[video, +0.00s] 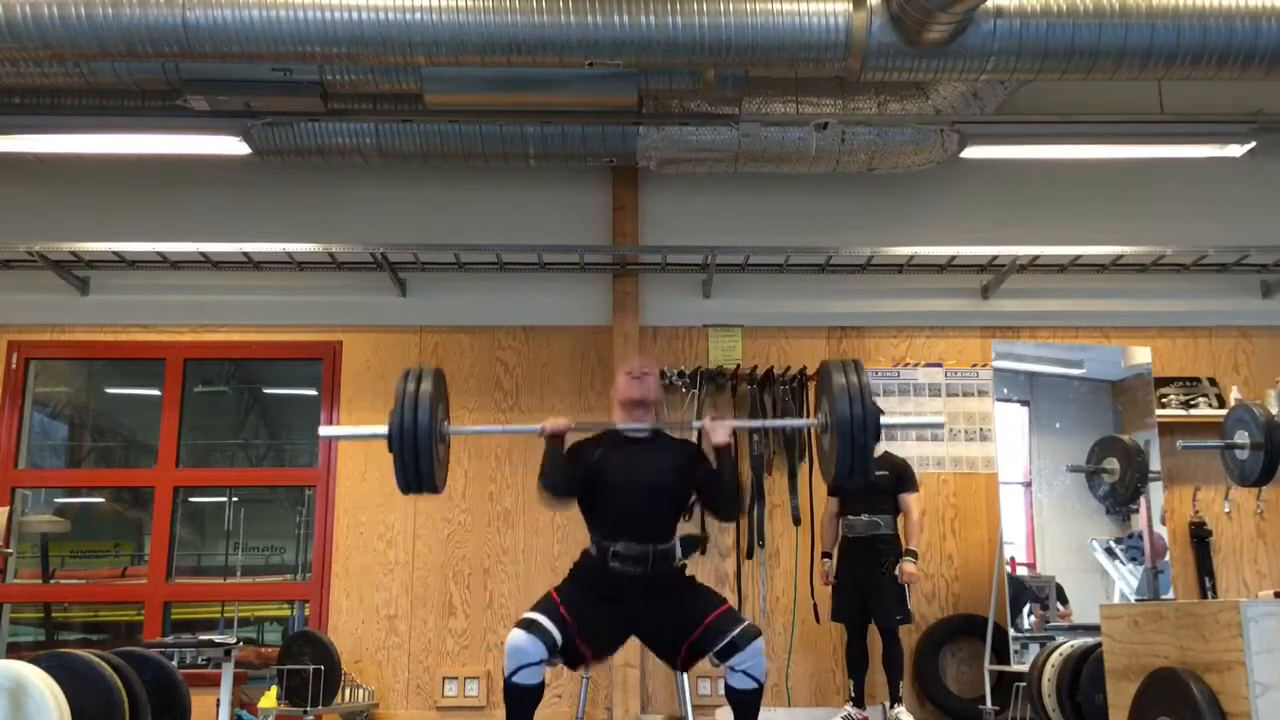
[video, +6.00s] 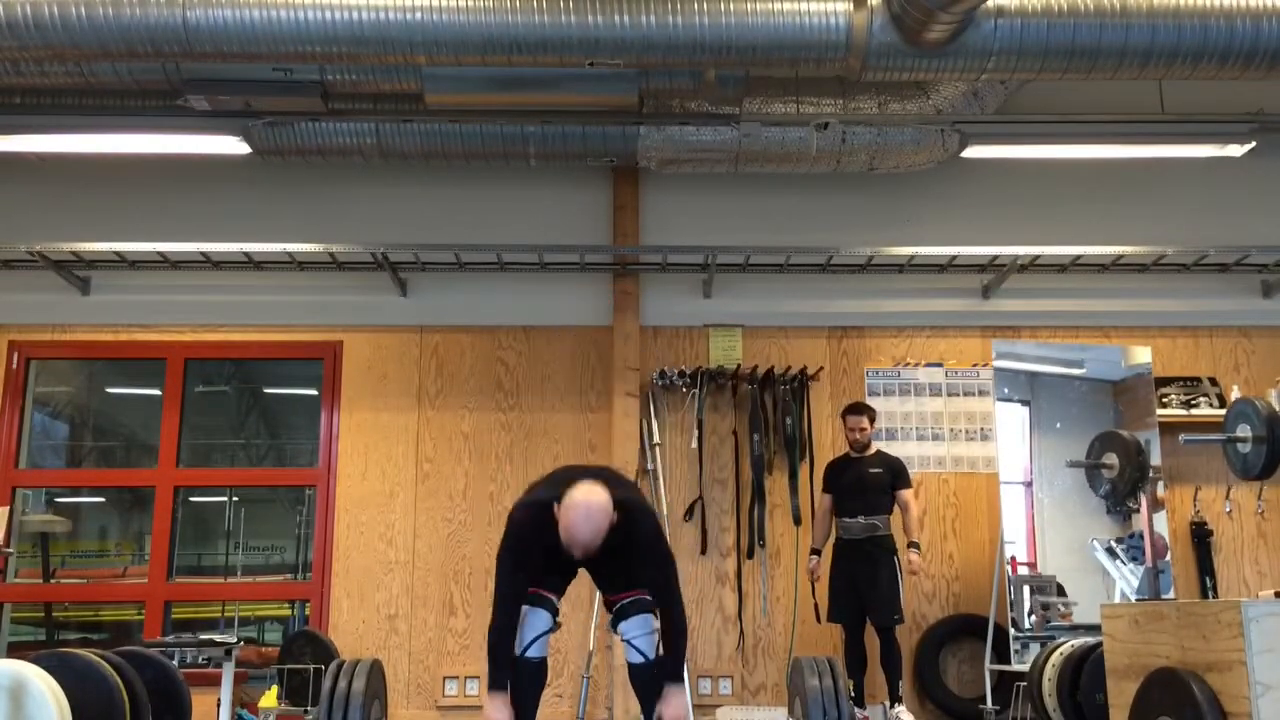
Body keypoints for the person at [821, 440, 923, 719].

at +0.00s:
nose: (857, 432)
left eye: (862, 425)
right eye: (853, 426)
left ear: (873, 428)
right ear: (847, 430)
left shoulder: (897, 468)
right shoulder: (843, 468)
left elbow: (912, 513)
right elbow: (831, 515)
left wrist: (910, 556)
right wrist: (826, 556)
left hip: (885, 562)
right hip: (850, 561)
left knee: (889, 633)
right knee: (854, 634)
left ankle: (896, 705)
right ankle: (856, 705)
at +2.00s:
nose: (853, 430)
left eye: (859, 424)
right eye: (849, 425)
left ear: (871, 427)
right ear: (843, 429)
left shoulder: (889, 469)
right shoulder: (833, 473)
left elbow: (903, 511)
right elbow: (825, 519)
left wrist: (900, 552)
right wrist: (821, 558)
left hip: (880, 556)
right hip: (846, 557)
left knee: (886, 630)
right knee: (851, 631)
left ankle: (893, 697)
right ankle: (853, 698)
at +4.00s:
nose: (854, 431)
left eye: (859, 426)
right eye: (849, 426)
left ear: (870, 427)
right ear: (841, 427)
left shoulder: (889, 459)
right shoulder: (831, 464)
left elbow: (920, 494)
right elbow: (813, 500)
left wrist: (895, 512)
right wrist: (818, 518)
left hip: (879, 552)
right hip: (845, 554)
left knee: (885, 630)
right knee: (852, 631)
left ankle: (896, 704)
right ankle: (858, 706)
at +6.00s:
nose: (856, 435)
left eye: (861, 429)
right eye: (850, 430)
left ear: (872, 428)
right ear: (843, 429)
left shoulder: (891, 465)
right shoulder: (834, 468)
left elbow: (908, 507)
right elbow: (823, 512)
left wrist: (913, 547)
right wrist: (815, 553)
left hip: (880, 555)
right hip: (846, 556)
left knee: (886, 630)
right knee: (852, 632)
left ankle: (896, 703)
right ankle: (858, 706)